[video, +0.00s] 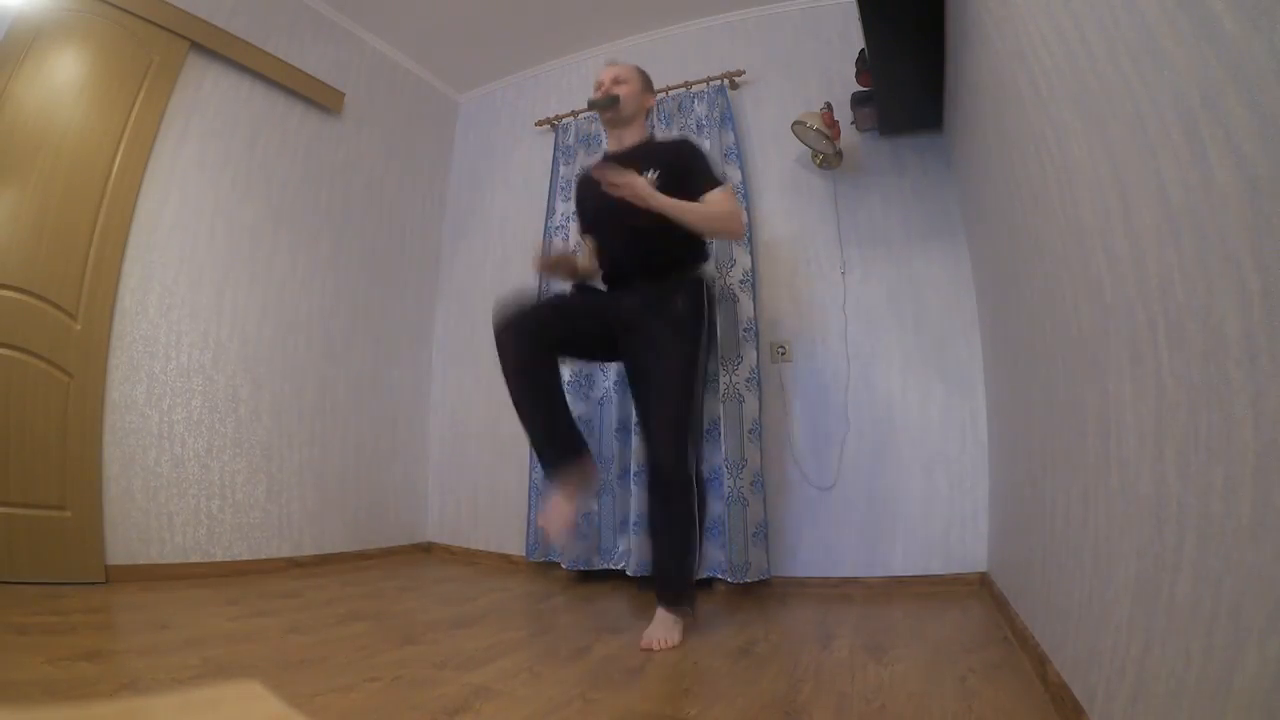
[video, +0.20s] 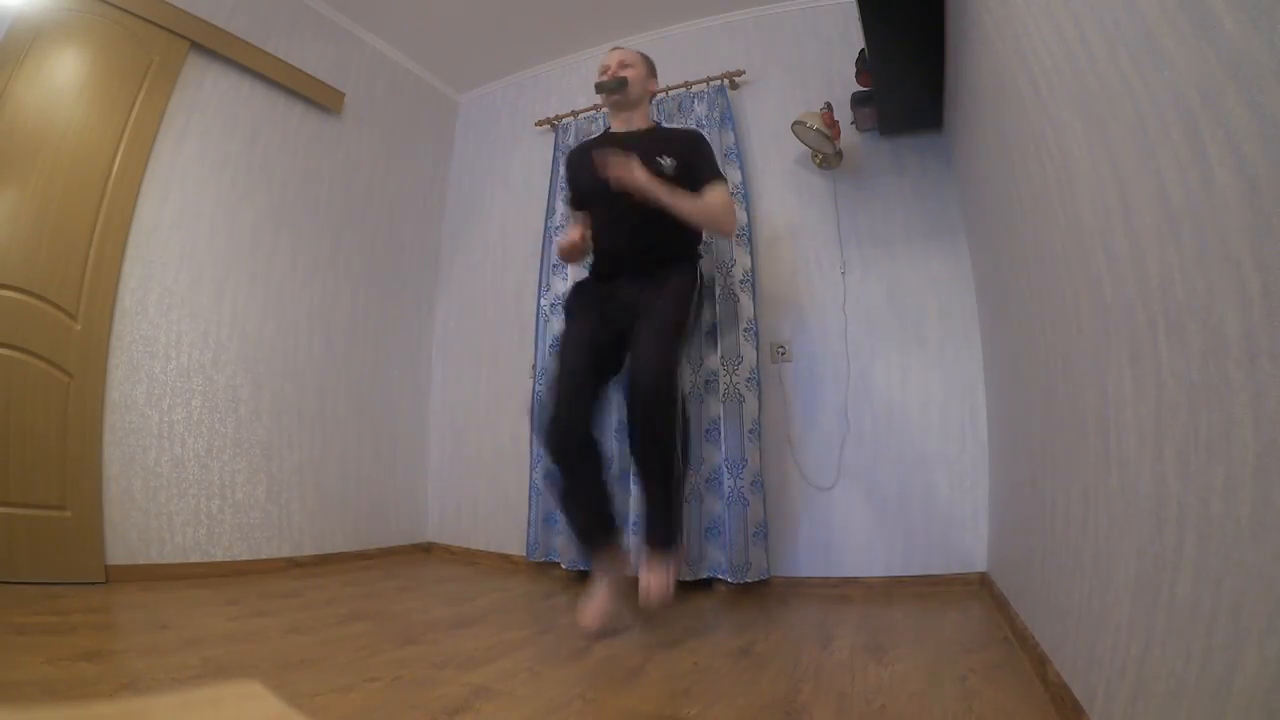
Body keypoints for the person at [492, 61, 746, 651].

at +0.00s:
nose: (607, 85)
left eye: (622, 80)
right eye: (600, 82)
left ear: (650, 101)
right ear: (595, 110)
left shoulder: (677, 155)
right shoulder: (592, 179)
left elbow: (733, 223)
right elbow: (595, 265)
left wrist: (653, 199)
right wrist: (565, 264)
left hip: (672, 310)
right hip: (613, 311)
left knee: (668, 455)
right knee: (519, 327)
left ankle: (673, 603)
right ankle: (570, 467)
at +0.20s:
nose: (613, 70)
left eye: (627, 64)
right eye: (605, 68)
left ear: (653, 86)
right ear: (596, 93)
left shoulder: (684, 143)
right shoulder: (584, 156)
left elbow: (724, 218)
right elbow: (579, 230)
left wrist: (650, 185)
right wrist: (572, 243)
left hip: (668, 283)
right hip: (602, 289)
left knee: (651, 389)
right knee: (564, 421)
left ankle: (660, 547)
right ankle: (607, 561)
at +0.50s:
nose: (604, 65)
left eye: (620, 59)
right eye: (599, 62)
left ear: (649, 84)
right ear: (592, 90)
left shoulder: (680, 137)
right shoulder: (585, 162)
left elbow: (736, 211)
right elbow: (572, 252)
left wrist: (672, 205)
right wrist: (561, 224)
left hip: (673, 289)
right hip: (610, 291)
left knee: (665, 432)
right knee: (536, 378)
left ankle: (669, 583)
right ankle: (591, 515)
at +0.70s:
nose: (610, 67)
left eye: (626, 61)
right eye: (603, 63)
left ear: (653, 84)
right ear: (594, 87)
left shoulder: (682, 139)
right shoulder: (585, 157)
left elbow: (722, 209)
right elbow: (588, 228)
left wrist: (640, 155)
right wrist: (579, 251)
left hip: (672, 291)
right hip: (606, 295)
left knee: (657, 410)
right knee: (553, 402)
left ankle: (669, 574)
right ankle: (608, 547)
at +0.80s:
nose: (616, 79)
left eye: (631, 72)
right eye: (609, 75)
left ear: (659, 92)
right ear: (599, 99)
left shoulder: (693, 163)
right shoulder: (581, 171)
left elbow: (728, 246)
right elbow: (549, 261)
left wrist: (672, 235)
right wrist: (549, 235)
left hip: (674, 299)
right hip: (604, 311)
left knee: (638, 284)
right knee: (620, 456)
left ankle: (664, 472)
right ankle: (650, 596)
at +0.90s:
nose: (609, 75)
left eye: (624, 67)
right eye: (602, 71)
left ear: (654, 87)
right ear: (594, 94)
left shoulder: (689, 155)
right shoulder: (580, 163)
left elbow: (733, 226)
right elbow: (536, 246)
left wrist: (698, 242)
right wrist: (547, 192)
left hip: (681, 297)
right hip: (611, 306)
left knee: (633, 252)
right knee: (622, 446)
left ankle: (645, 443)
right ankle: (652, 592)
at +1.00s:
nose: (600, 53)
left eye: (615, 46)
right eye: (594, 51)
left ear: (647, 69)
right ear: (591, 76)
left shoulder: (684, 122)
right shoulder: (584, 146)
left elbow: (742, 193)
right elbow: (568, 239)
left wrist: (689, 204)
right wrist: (562, 198)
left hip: (676, 275)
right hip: (612, 280)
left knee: (655, 391)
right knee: (565, 397)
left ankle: (668, 561)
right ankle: (616, 540)